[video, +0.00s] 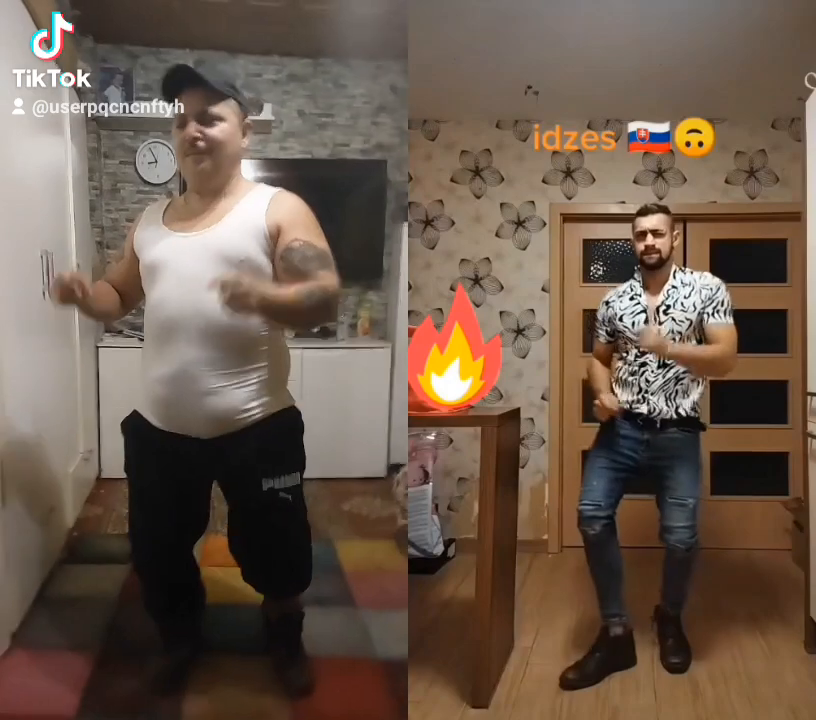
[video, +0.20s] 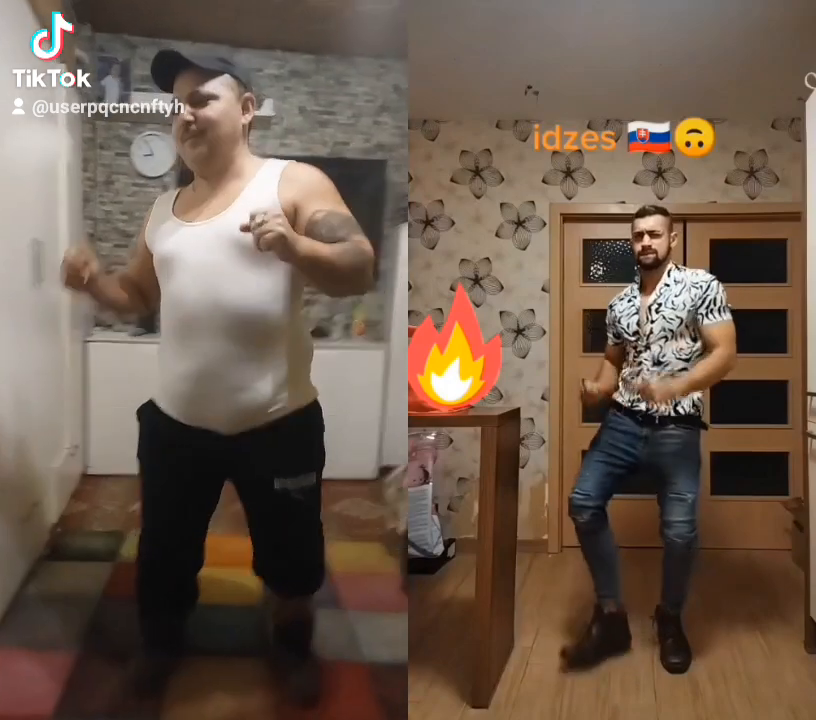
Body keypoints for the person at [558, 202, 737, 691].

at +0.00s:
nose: (648, 242)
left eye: (657, 234)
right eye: (641, 235)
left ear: (675, 239)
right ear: (633, 242)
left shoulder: (707, 288)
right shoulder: (616, 300)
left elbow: (724, 358)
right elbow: (599, 359)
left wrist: (665, 349)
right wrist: (602, 392)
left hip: (678, 434)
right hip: (622, 431)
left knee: (680, 536)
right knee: (592, 518)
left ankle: (671, 620)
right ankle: (616, 635)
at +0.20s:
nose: (645, 243)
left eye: (653, 235)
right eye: (638, 236)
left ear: (672, 240)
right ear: (632, 244)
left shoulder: (701, 286)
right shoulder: (621, 304)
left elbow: (725, 353)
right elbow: (612, 361)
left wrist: (676, 385)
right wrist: (599, 387)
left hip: (676, 427)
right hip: (622, 422)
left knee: (679, 533)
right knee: (583, 505)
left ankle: (671, 621)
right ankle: (611, 622)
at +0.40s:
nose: (639, 239)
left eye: (647, 231)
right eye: (633, 232)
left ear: (665, 236)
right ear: (625, 238)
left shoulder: (691, 285)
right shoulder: (613, 294)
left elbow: (725, 348)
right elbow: (598, 357)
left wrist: (681, 390)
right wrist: (589, 363)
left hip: (677, 422)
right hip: (626, 416)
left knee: (673, 525)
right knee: (585, 494)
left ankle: (671, 618)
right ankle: (612, 586)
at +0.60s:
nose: (627, 241)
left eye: (635, 234)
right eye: (621, 235)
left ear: (652, 239)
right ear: (613, 242)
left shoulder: (681, 286)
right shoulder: (601, 301)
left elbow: (713, 348)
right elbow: (584, 363)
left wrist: (671, 376)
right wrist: (578, 365)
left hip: (665, 421)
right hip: (616, 420)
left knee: (660, 521)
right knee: (587, 507)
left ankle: (668, 617)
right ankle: (613, 590)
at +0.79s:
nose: (614, 250)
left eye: (623, 242)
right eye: (608, 244)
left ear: (641, 247)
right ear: (601, 251)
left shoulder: (670, 288)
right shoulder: (593, 310)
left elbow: (701, 346)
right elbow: (582, 365)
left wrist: (652, 368)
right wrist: (577, 378)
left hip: (651, 422)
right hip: (599, 421)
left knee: (655, 521)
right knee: (581, 515)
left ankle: (665, 618)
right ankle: (612, 593)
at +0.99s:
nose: (607, 249)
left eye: (615, 242)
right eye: (601, 243)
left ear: (631, 248)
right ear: (592, 249)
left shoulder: (654, 296)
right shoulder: (578, 305)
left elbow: (687, 353)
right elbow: (563, 360)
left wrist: (654, 386)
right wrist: (570, 365)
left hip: (648, 422)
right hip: (598, 423)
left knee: (659, 511)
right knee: (583, 512)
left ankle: (658, 613)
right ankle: (614, 593)